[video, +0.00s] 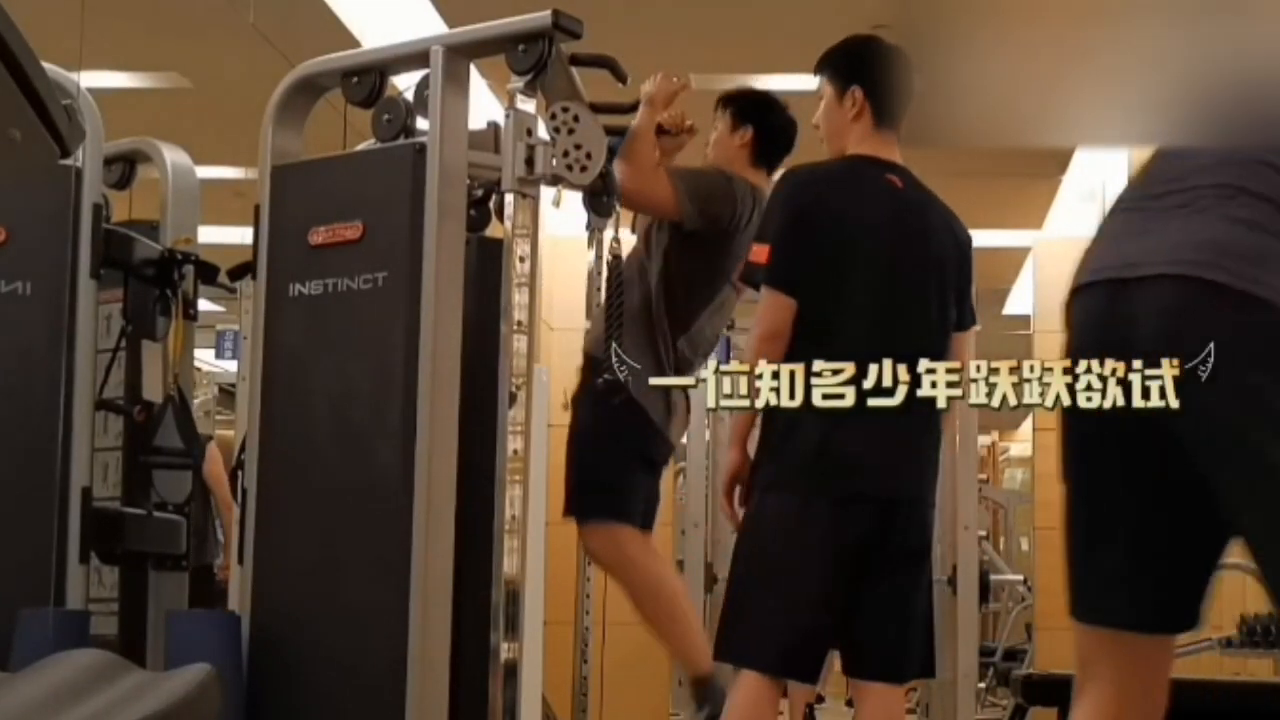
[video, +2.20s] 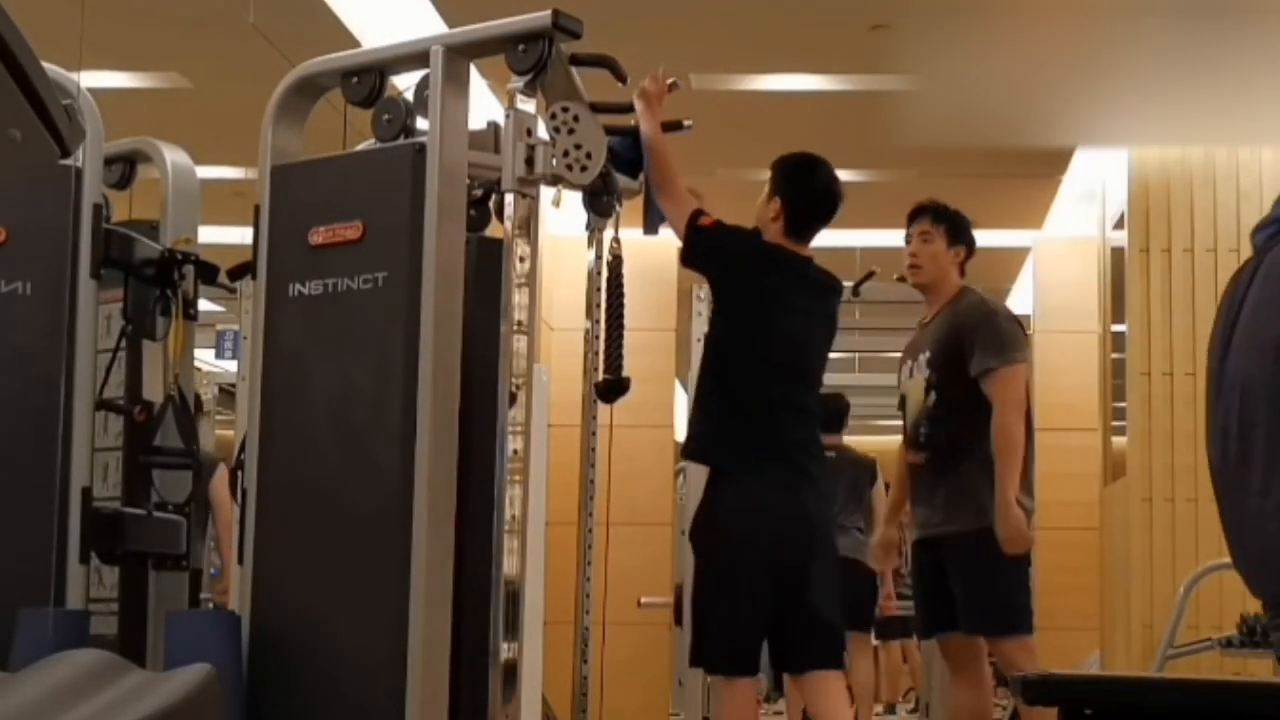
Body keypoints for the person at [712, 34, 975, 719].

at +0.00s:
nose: (816, 116)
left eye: (822, 99)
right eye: (818, 100)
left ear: (854, 102)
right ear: (886, 108)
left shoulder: (808, 189)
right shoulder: (947, 227)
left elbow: (774, 333)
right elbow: (957, 367)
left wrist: (740, 440)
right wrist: (903, 437)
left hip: (806, 474)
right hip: (903, 482)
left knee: (761, 667)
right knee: (882, 677)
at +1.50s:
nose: (817, 154)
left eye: (819, 144)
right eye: (820, 145)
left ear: (825, 153)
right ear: (891, 162)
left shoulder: (789, 233)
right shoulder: (917, 263)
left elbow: (737, 353)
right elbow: (919, 399)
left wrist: (713, 377)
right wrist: (885, 450)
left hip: (807, 484)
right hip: (894, 491)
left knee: (759, 666)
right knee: (888, 671)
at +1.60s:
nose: (818, 161)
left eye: (820, 153)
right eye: (822, 153)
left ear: (828, 160)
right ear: (891, 168)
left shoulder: (790, 237)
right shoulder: (917, 267)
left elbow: (714, 326)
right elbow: (915, 399)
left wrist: (698, 303)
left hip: (804, 495)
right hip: (890, 500)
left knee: (766, 670)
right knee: (889, 675)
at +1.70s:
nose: (817, 169)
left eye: (819, 160)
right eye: (823, 159)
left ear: (827, 168)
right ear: (888, 176)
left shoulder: (784, 243)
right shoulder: (912, 271)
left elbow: (692, 284)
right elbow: (908, 388)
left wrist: (679, 241)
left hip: (801, 493)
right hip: (885, 497)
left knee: (771, 668)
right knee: (885, 672)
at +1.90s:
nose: (799, 191)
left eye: (803, 180)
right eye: (808, 180)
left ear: (812, 188)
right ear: (868, 199)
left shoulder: (770, 251)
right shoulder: (887, 284)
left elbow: (689, 219)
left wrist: (666, 153)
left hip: (789, 495)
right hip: (869, 499)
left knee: (770, 674)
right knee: (874, 675)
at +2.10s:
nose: (771, 201)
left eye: (777, 192)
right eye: (778, 192)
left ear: (786, 204)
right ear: (835, 216)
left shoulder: (751, 260)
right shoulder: (844, 291)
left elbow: (678, 204)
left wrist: (657, 124)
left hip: (751, 493)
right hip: (826, 497)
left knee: (741, 677)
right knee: (846, 676)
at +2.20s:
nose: (760, 201)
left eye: (766, 192)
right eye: (767, 192)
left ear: (776, 206)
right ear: (820, 218)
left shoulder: (742, 257)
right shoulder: (825, 288)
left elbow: (675, 201)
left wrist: (649, 117)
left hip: (738, 485)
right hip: (805, 488)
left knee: (734, 668)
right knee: (818, 664)